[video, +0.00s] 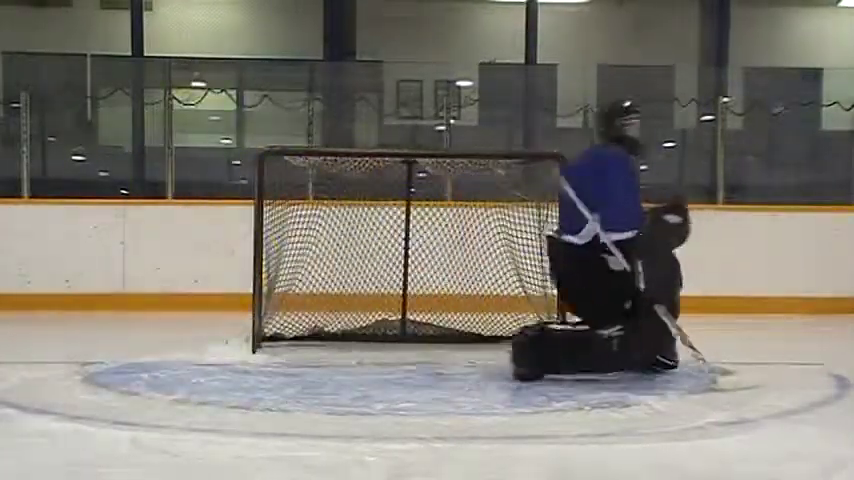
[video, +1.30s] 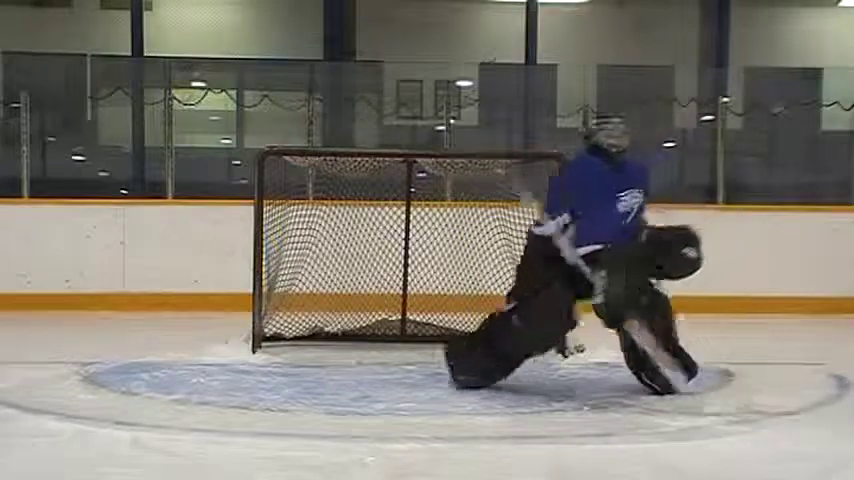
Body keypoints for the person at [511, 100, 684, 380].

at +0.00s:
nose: (637, 131)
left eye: (636, 124)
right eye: (631, 125)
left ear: (604, 129)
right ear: (617, 128)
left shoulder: (584, 161)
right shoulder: (618, 161)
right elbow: (622, 233)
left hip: (574, 268)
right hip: (596, 270)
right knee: (654, 344)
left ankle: (544, 340)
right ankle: (544, 351)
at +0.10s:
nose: (661, 122)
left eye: (661, 116)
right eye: (654, 116)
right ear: (638, 120)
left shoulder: (642, 154)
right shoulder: (630, 154)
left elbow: (645, 213)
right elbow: (624, 223)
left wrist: (676, 221)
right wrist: (671, 230)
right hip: (593, 244)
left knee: (674, 273)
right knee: (652, 304)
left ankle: (653, 348)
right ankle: (573, 349)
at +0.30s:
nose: (681, 119)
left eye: (683, 111)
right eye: (673, 111)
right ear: (656, 113)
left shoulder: (680, 150)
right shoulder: (638, 150)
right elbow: (599, 216)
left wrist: (710, 222)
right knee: (678, 284)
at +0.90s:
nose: (693, 107)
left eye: (693, 99)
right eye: (685, 100)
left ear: (677, 106)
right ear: (667, 105)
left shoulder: (677, 143)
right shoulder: (646, 142)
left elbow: (681, 199)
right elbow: (634, 211)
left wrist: (721, 201)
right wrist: (659, 255)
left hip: (660, 237)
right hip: (625, 239)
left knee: (694, 294)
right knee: (640, 302)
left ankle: (663, 365)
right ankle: (615, 381)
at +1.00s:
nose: (682, 111)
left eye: (682, 104)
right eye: (674, 105)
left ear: (678, 108)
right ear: (657, 109)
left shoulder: (677, 144)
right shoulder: (640, 145)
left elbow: (679, 200)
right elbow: (637, 212)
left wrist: (715, 203)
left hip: (642, 233)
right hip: (599, 231)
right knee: (618, 301)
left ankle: (655, 361)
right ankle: (573, 378)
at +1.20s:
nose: (642, 130)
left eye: (648, 123)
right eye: (634, 123)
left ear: (656, 127)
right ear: (618, 125)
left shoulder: (655, 163)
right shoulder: (592, 165)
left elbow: (652, 215)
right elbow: (563, 222)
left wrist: (681, 230)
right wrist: (545, 273)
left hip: (634, 251)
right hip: (585, 254)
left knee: (648, 304)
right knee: (562, 304)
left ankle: (667, 369)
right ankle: (503, 369)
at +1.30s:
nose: (617, 143)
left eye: (622, 135)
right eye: (609, 136)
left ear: (629, 138)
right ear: (594, 138)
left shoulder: (635, 174)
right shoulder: (578, 173)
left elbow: (633, 226)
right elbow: (551, 233)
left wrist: (652, 247)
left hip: (609, 261)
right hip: (558, 262)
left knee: (647, 307)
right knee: (544, 322)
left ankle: (664, 373)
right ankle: (470, 363)